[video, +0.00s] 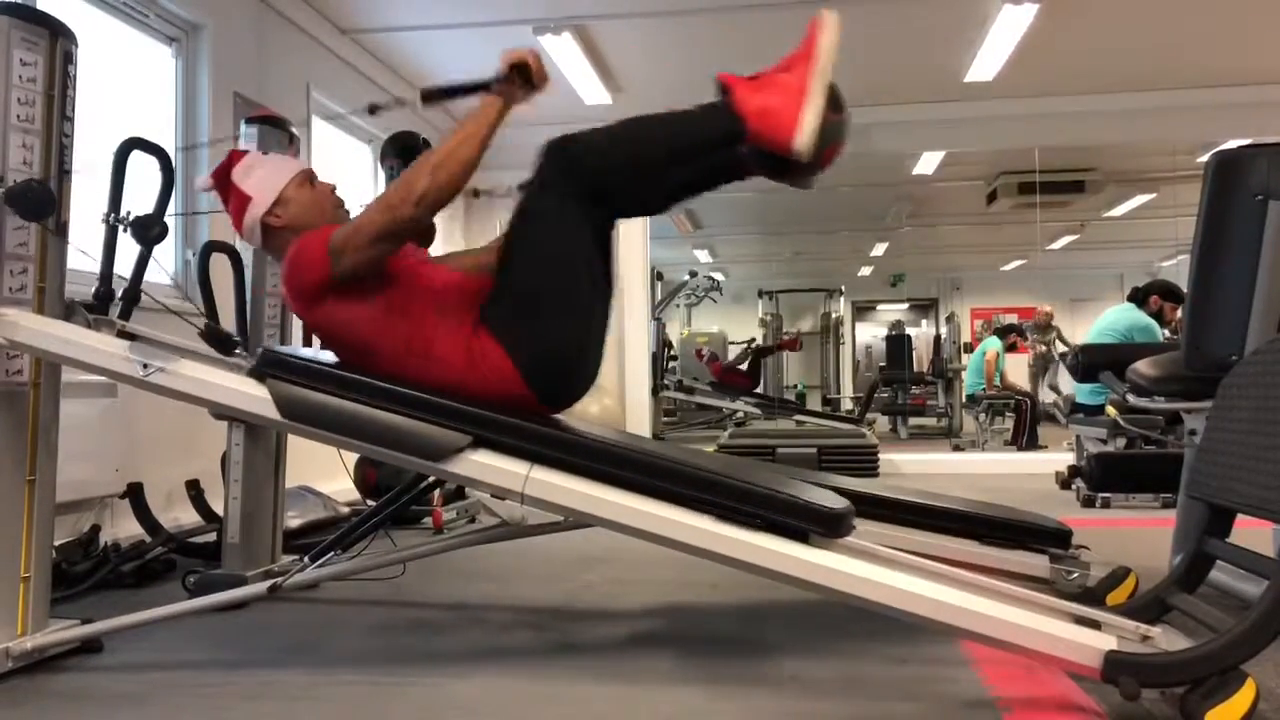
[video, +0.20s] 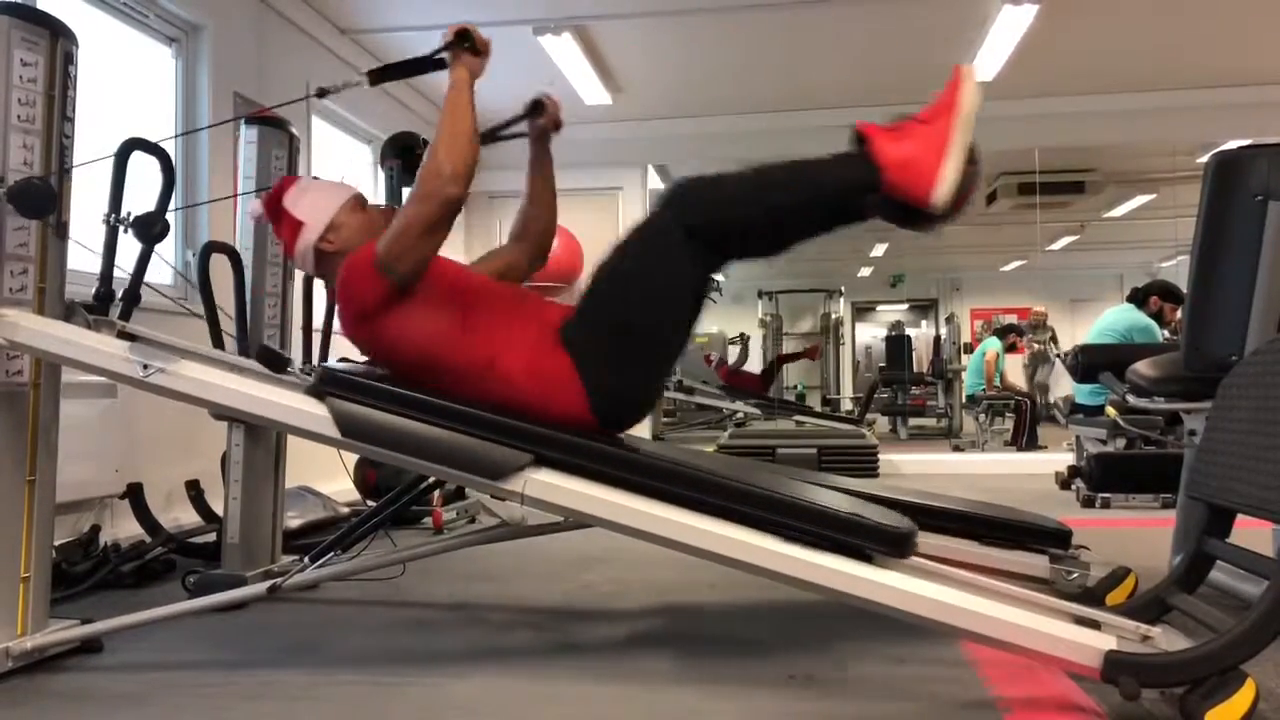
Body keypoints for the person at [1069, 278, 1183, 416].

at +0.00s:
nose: (1175, 318)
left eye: (1176, 311)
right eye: (1173, 309)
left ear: (1153, 302)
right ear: (1155, 302)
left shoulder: (1118, 311)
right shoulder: (1146, 325)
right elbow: (1160, 371)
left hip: (1084, 397)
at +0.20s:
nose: (1174, 319)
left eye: (1176, 312)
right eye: (1173, 310)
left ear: (1153, 303)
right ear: (1154, 303)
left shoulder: (1117, 312)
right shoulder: (1145, 325)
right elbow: (1160, 371)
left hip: (1083, 396)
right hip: (1102, 401)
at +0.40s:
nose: (1175, 318)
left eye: (1176, 311)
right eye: (1173, 310)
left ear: (1153, 302)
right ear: (1154, 303)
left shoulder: (1117, 312)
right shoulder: (1145, 325)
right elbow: (1161, 370)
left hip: (1083, 397)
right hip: (1102, 401)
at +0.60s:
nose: (1174, 318)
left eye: (1176, 311)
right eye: (1173, 310)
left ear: (1153, 302)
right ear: (1154, 303)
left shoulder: (1116, 312)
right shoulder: (1145, 325)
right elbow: (1161, 371)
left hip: (1083, 397)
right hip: (1103, 401)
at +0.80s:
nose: (1174, 319)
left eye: (1176, 311)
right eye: (1173, 310)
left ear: (1154, 303)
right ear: (1155, 303)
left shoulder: (1117, 312)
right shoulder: (1146, 325)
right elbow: (1161, 370)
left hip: (1083, 397)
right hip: (1104, 401)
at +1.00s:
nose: (1175, 318)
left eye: (1177, 311)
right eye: (1173, 310)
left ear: (1154, 304)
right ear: (1156, 303)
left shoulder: (1115, 313)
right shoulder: (1146, 325)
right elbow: (1162, 368)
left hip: (1085, 399)